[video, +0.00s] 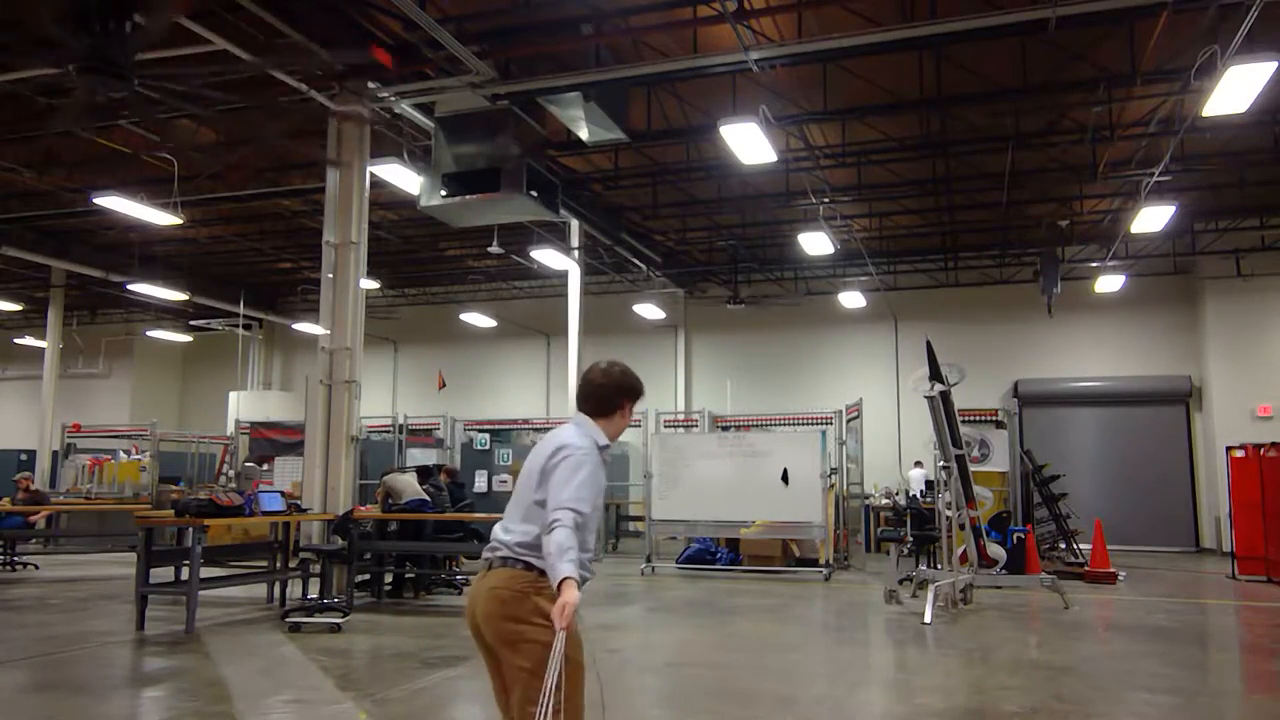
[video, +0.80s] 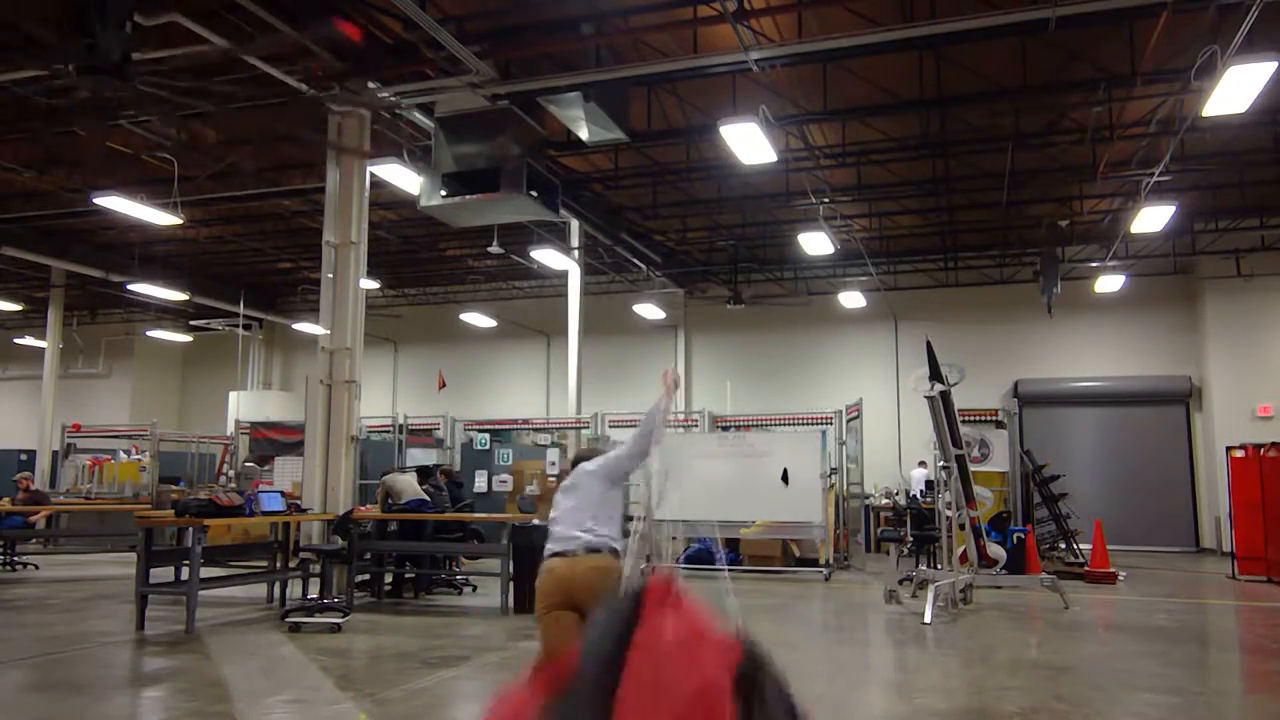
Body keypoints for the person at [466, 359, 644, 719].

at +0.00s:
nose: (632, 417)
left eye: (633, 408)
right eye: (633, 408)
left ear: (585, 399)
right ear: (625, 409)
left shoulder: (557, 439)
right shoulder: (579, 450)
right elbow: (562, 521)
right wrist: (568, 584)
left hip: (490, 585)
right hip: (524, 592)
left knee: (521, 709)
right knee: (552, 711)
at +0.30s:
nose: (608, 452)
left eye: (606, 445)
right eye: (608, 446)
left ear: (563, 449)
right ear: (602, 451)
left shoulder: (547, 486)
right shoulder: (590, 477)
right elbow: (588, 509)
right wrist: (589, 543)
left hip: (505, 614)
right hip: (553, 612)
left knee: (531, 710)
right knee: (577, 712)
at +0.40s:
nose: (589, 458)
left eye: (588, 454)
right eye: (588, 454)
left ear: (546, 460)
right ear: (583, 457)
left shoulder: (535, 495)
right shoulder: (579, 476)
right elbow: (585, 492)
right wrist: (593, 508)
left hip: (512, 606)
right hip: (563, 602)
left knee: (532, 708)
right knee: (578, 711)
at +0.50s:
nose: (581, 465)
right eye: (579, 461)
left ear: (540, 469)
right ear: (574, 463)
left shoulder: (531, 501)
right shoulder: (567, 481)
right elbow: (583, 479)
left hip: (519, 597)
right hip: (569, 594)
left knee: (538, 710)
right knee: (587, 707)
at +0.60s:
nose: (583, 469)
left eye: (583, 463)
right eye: (580, 463)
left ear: (544, 468)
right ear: (573, 463)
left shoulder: (538, 502)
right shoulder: (565, 478)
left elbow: (575, 545)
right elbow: (590, 464)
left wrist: (620, 542)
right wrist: (619, 433)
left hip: (528, 589)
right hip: (575, 582)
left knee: (542, 707)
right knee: (612, 684)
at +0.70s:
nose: (597, 463)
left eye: (597, 459)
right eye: (593, 458)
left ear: (560, 463)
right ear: (585, 459)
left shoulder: (552, 492)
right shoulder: (579, 470)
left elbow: (577, 544)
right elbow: (614, 448)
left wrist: (622, 541)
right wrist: (645, 406)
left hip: (541, 574)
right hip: (586, 567)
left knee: (547, 686)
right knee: (616, 665)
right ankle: (608, 714)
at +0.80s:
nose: (610, 463)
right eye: (607, 460)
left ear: (572, 467)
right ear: (601, 461)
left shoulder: (563, 489)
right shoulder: (603, 469)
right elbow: (640, 443)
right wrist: (666, 396)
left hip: (554, 567)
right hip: (598, 565)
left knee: (557, 667)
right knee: (605, 657)